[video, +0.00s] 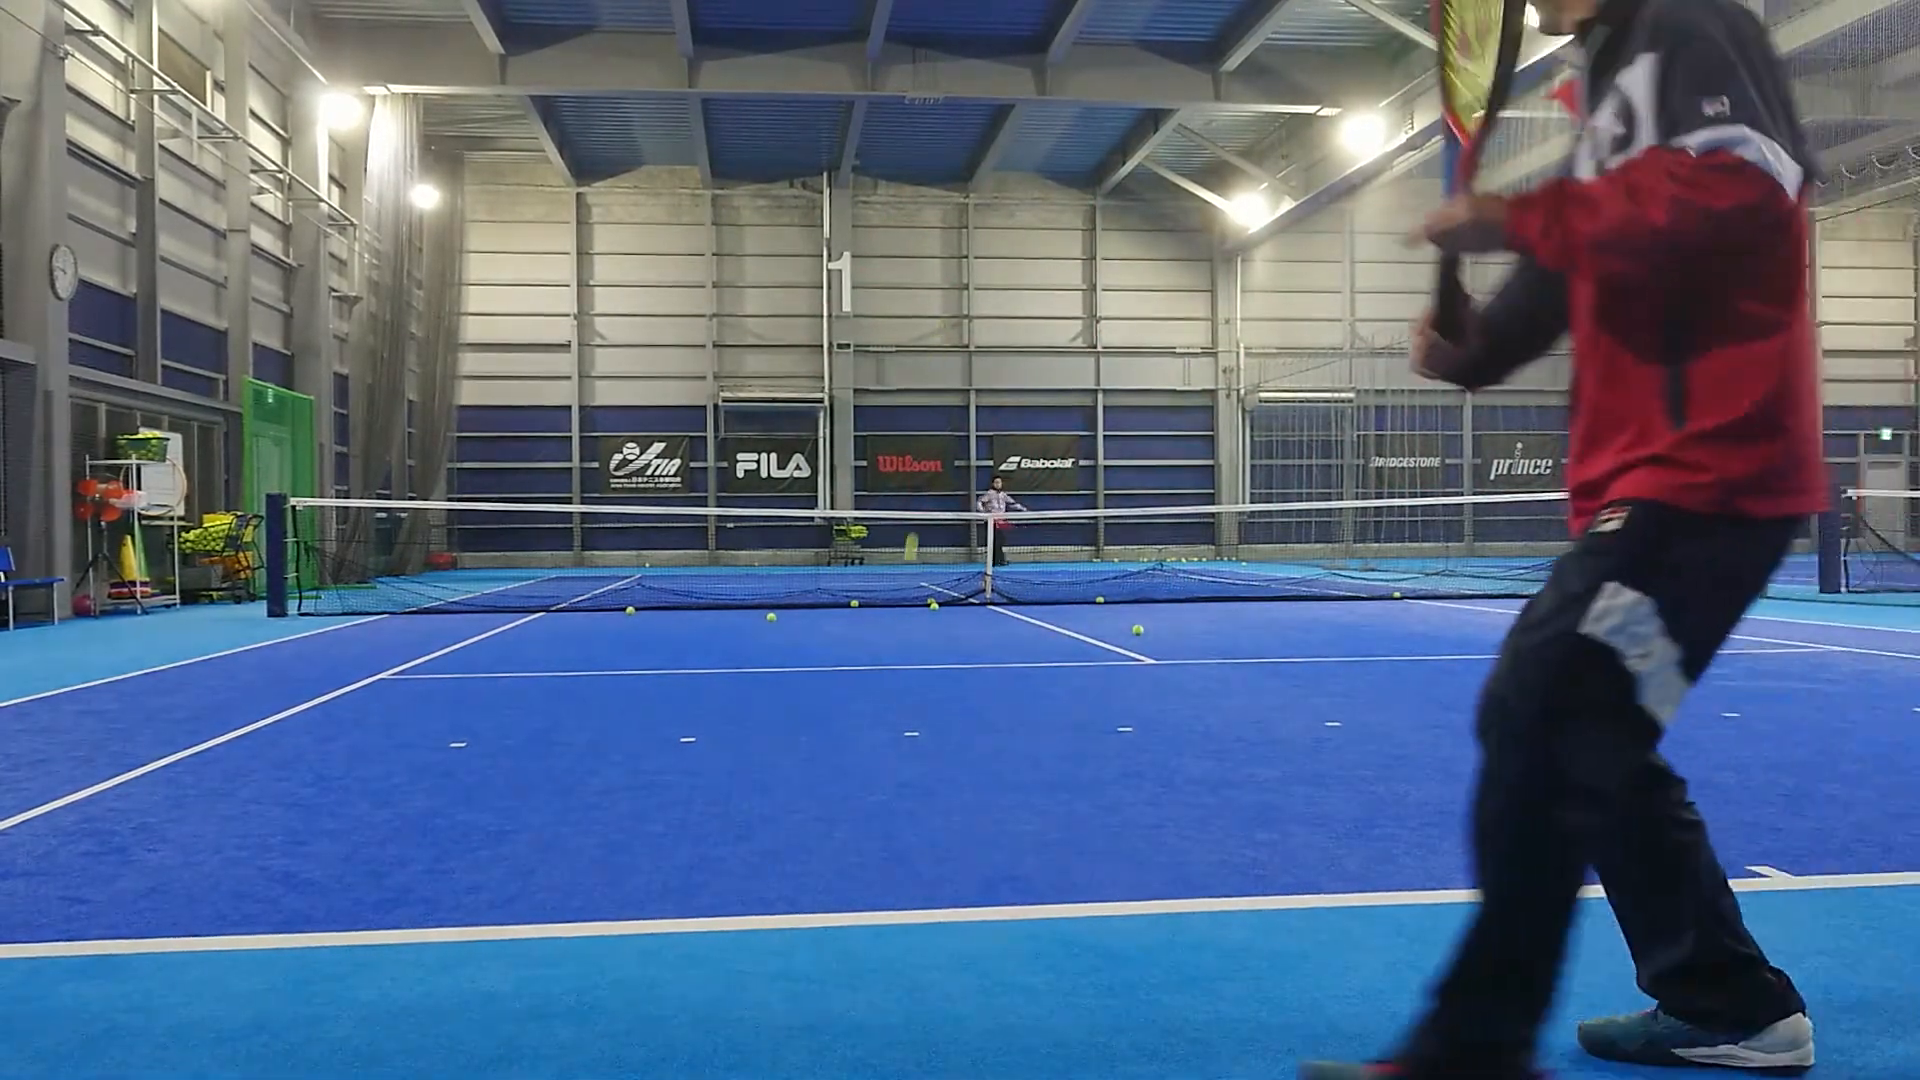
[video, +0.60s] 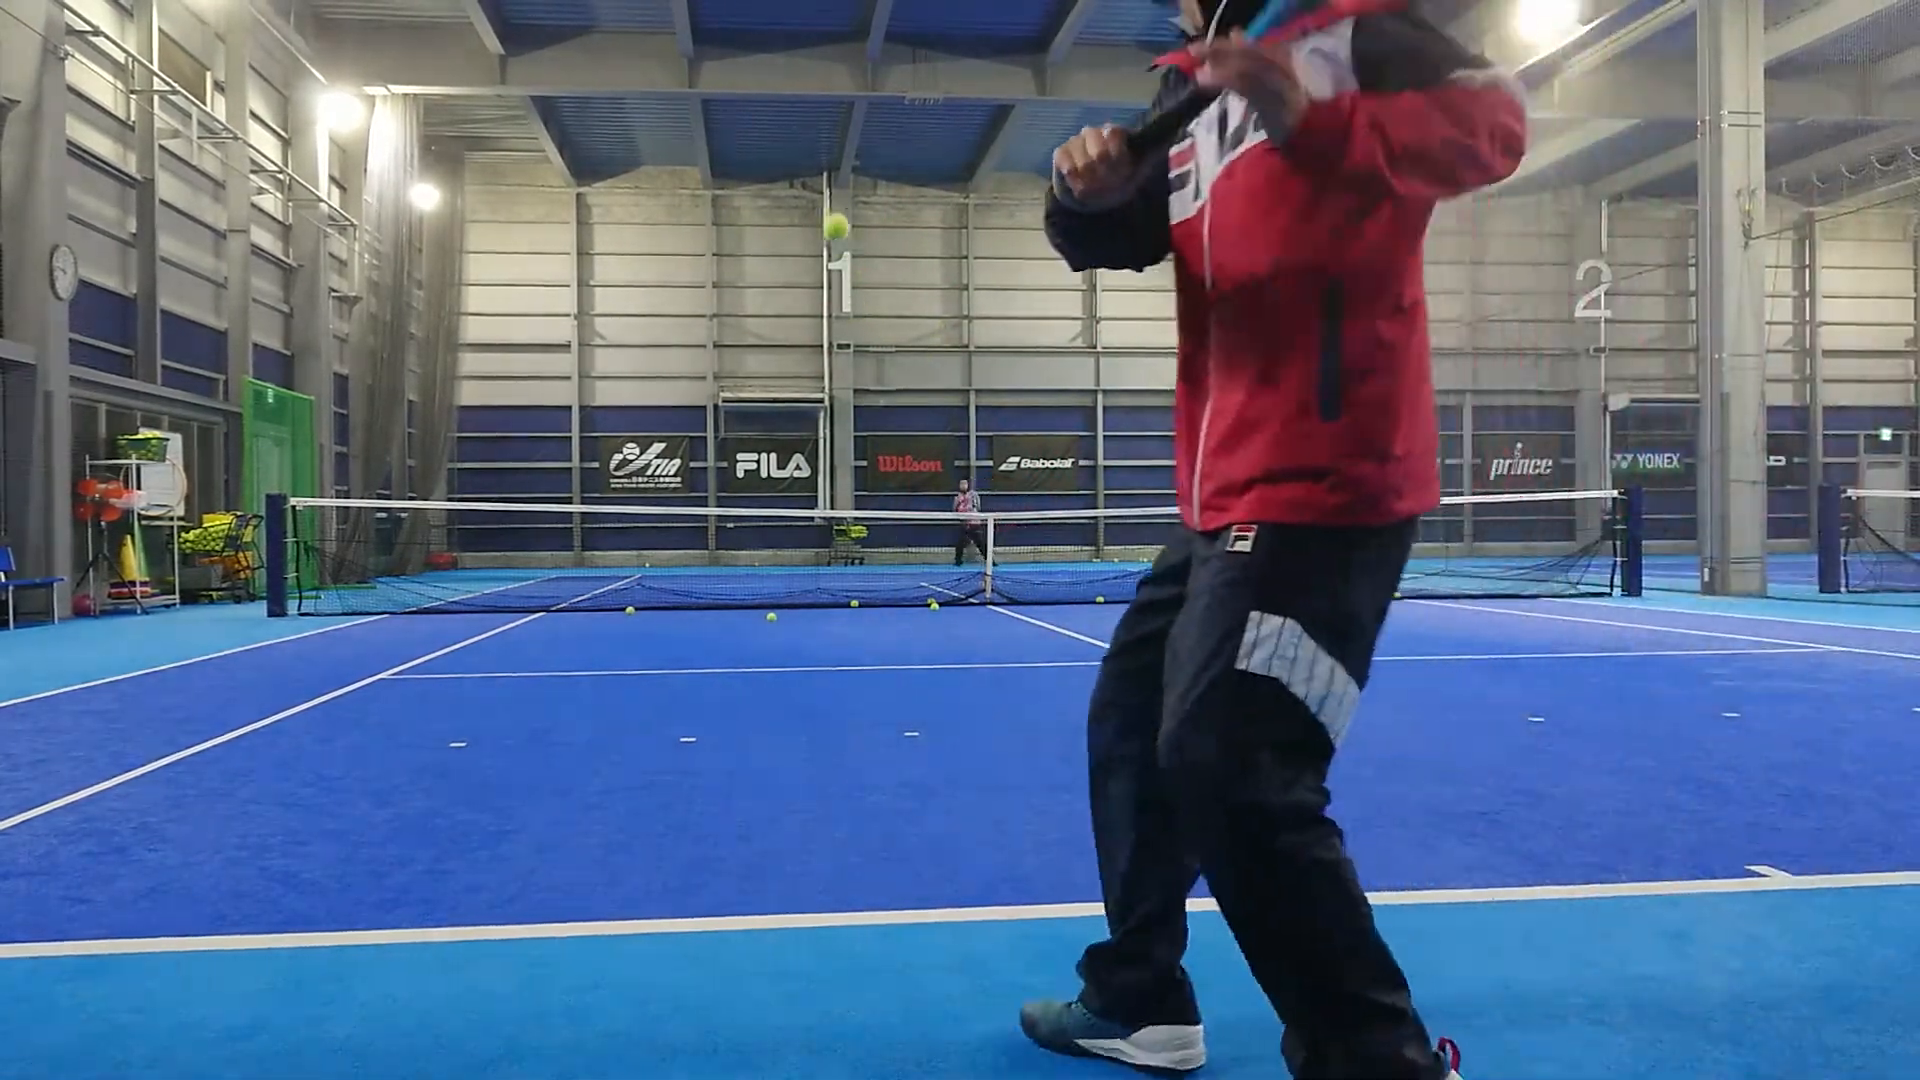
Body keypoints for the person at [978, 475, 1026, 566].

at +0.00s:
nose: (998, 484)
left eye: (1000, 482)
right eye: (996, 482)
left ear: (1002, 484)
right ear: (993, 484)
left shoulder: (1003, 495)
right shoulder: (990, 494)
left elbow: (1013, 503)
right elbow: (979, 501)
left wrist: (1023, 509)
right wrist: (982, 511)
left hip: (1000, 519)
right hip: (991, 519)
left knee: (998, 540)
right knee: (996, 540)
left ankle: (996, 559)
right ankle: (1000, 559)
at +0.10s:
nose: (994, 482)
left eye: (995, 480)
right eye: (992, 480)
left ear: (997, 482)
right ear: (988, 482)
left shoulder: (1001, 493)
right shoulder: (985, 492)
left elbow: (1012, 501)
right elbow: (975, 502)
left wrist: (1025, 505)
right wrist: (975, 512)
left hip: (997, 518)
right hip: (987, 518)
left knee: (996, 542)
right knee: (988, 542)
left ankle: (996, 561)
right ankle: (989, 561)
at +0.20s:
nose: (989, 482)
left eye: (990, 480)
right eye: (987, 480)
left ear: (993, 481)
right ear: (984, 482)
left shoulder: (997, 492)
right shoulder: (980, 493)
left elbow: (1008, 500)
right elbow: (972, 503)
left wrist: (1019, 503)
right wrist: (970, 512)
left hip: (994, 518)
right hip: (982, 518)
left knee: (994, 542)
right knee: (980, 541)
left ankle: (995, 561)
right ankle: (979, 561)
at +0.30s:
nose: (983, 483)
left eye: (984, 481)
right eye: (981, 481)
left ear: (987, 482)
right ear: (978, 483)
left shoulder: (993, 493)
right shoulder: (976, 494)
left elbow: (1001, 502)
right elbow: (969, 506)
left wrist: (1009, 506)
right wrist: (969, 515)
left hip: (990, 520)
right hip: (978, 520)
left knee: (992, 542)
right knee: (973, 541)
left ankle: (994, 561)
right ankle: (968, 559)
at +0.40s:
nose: (976, 484)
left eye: (978, 482)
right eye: (974, 482)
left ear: (980, 483)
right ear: (972, 483)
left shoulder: (986, 494)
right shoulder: (969, 496)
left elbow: (993, 505)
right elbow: (964, 509)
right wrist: (970, 517)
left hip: (986, 521)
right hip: (973, 521)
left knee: (990, 543)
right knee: (966, 542)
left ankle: (994, 561)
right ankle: (959, 561)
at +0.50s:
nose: (969, 486)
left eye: (970, 483)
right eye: (967, 483)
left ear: (974, 485)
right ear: (965, 485)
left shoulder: (979, 495)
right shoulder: (962, 497)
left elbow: (983, 506)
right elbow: (960, 510)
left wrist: (981, 517)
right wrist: (966, 518)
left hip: (979, 521)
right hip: (968, 522)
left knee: (985, 543)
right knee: (963, 542)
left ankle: (992, 560)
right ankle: (959, 559)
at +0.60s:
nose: (963, 486)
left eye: (965, 484)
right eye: (961, 484)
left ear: (968, 485)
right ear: (959, 486)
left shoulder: (973, 495)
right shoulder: (958, 497)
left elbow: (977, 507)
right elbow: (954, 509)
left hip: (974, 523)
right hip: (963, 523)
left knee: (981, 544)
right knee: (960, 543)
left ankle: (990, 560)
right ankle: (958, 560)